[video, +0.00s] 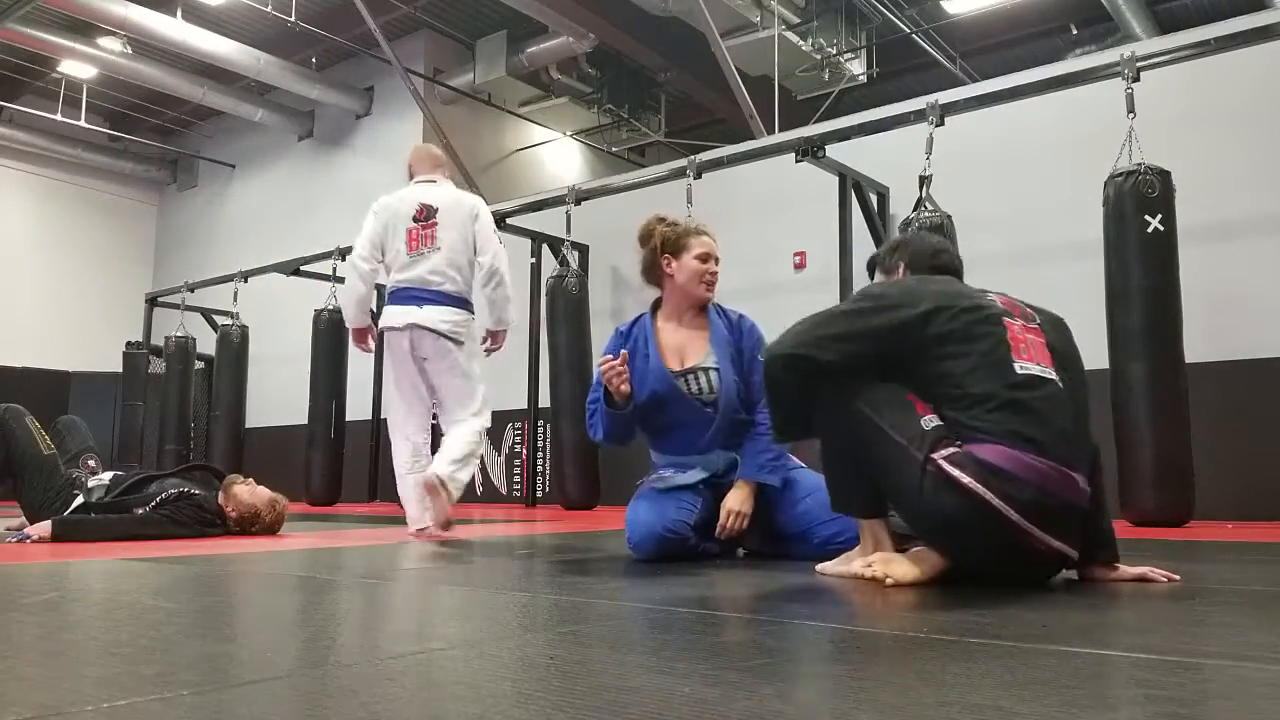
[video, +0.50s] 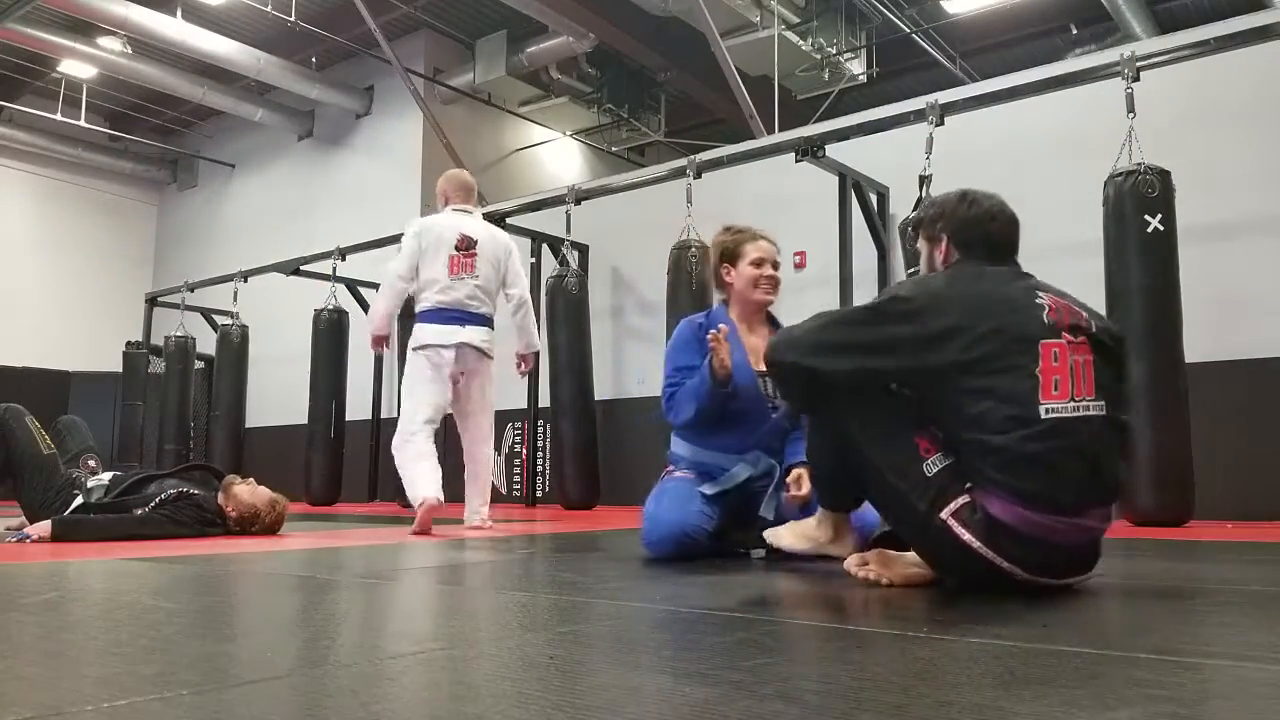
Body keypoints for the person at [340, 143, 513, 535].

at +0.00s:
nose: (447, 178)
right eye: (448, 172)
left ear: (409, 175)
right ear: (448, 173)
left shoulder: (386, 206)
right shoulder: (472, 205)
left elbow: (360, 264)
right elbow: (493, 265)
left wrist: (357, 319)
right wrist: (498, 320)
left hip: (396, 322)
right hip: (448, 323)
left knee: (407, 421)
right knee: (467, 416)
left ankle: (421, 524)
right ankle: (442, 478)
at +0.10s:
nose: (411, 182)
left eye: (410, 177)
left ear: (412, 177)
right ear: (450, 176)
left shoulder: (392, 209)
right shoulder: (476, 209)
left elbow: (365, 268)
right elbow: (496, 267)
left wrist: (362, 318)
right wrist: (497, 322)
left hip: (403, 325)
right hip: (454, 325)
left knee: (408, 421)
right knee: (472, 413)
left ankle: (418, 520)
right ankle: (464, 489)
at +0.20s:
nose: (414, 186)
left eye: (414, 181)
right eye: (417, 181)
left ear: (418, 182)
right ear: (453, 181)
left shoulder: (397, 214)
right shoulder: (481, 216)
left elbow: (370, 268)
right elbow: (502, 274)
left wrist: (367, 316)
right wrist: (505, 328)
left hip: (407, 329)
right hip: (460, 329)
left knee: (409, 419)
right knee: (472, 417)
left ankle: (418, 516)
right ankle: (482, 510)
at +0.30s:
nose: (421, 194)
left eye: (421, 189)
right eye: (424, 189)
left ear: (426, 189)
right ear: (459, 189)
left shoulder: (406, 221)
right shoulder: (487, 225)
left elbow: (376, 273)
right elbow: (509, 284)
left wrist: (371, 317)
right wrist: (517, 335)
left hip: (414, 332)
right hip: (463, 334)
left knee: (412, 424)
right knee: (473, 426)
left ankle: (420, 516)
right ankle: (485, 511)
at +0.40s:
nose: (430, 203)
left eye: (430, 199)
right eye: (432, 199)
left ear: (435, 197)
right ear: (467, 197)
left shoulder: (415, 227)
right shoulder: (495, 235)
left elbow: (386, 277)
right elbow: (516, 294)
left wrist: (375, 323)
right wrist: (526, 343)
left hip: (422, 336)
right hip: (471, 338)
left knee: (416, 425)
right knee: (474, 427)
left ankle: (423, 510)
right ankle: (478, 511)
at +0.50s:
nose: (437, 203)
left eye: (438, 199)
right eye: (439, 199)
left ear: (443, 198)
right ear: (476, 200)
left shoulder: (423, 228)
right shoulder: (501, 238)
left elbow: (398, 277)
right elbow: (519, 296)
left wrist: (380, 323)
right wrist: (528, 343)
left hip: (431, 339)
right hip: (478, 342)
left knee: (415, 424)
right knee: (478, 430)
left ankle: (426, 494)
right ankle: (477, 515)